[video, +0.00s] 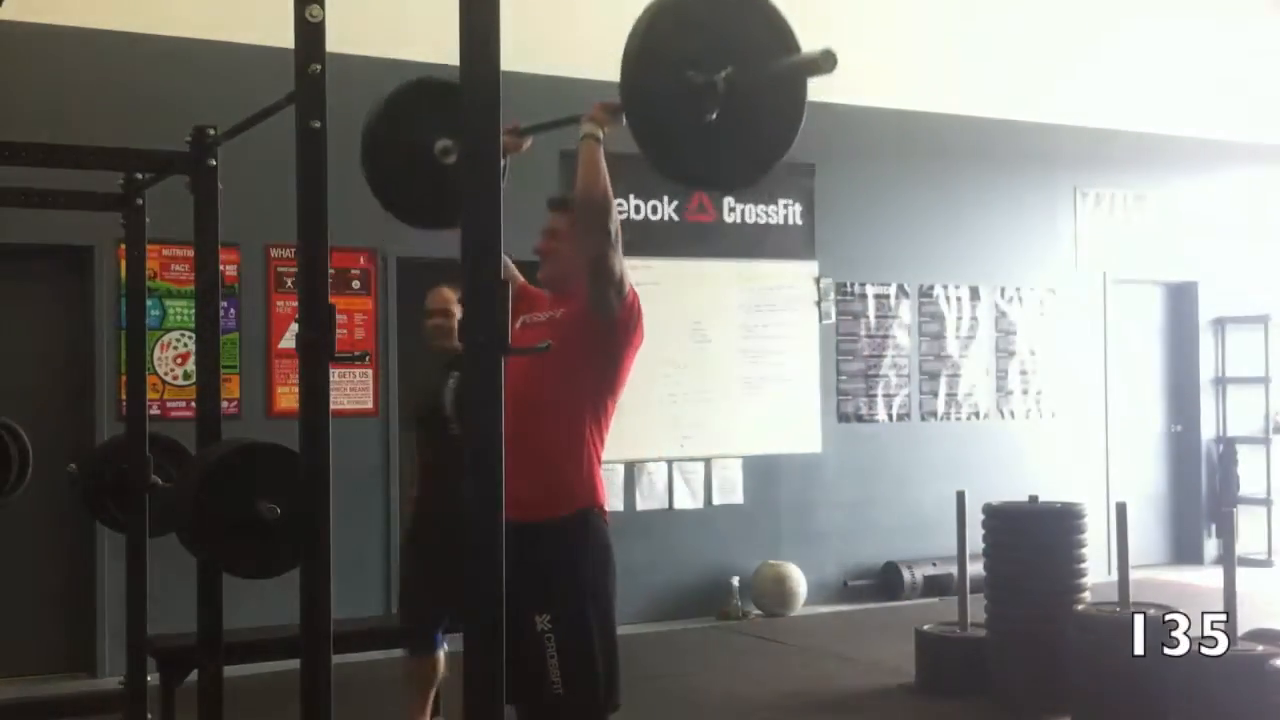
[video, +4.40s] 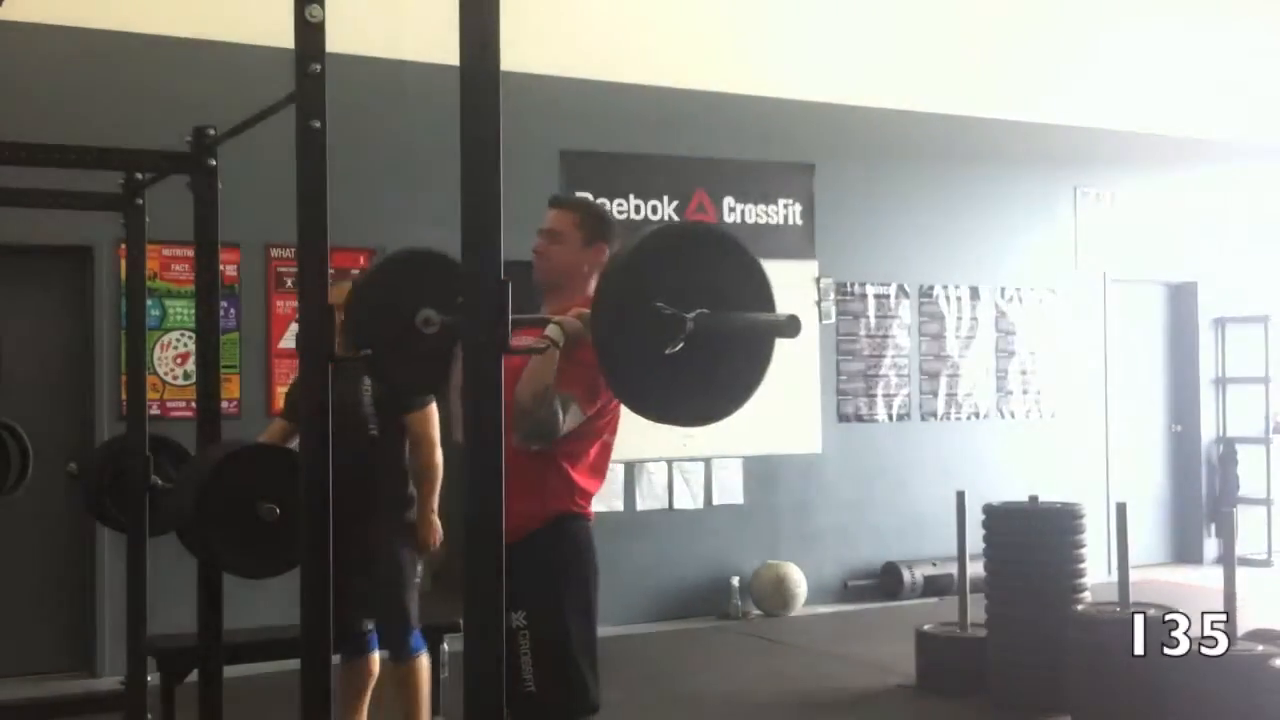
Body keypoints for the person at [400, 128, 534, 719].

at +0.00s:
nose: (440, 322)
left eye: (448, 313)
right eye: (433, 314)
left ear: (467, 319)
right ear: (422, 325)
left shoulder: (480, 368)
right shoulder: (422, 376)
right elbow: (421, 447)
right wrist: (416, 504)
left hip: (480, 509)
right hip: (431, 510)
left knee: (487, 626)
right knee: (421, 628)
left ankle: (484, 707)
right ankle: (423, 706)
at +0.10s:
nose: (418, 320)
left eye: (427, 311)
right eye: (411, 313)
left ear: (450, 315)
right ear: (404, 321)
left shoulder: (466, 368)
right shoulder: (412, 373)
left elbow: (473, 441)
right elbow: (413, 448)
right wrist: (407, 512)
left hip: (458, 512)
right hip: (416, 513)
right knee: (416, 624)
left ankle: (419, 710)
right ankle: (422, 711)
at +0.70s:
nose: (355, 326)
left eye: (363, 316)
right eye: (350, 318)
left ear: (391, 315)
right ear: (348, 322)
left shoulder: (419, 370)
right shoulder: (373, 377)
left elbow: (447, 439)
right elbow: (369, 450)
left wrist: (406, 482)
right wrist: (349, 503)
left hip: (409, 517)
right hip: (373, 517)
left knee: (400, 637)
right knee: (381, 636)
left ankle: (404, 715)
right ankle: (409, 712)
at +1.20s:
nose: (334, 326)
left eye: (339, 316)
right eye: (331, 317)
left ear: (367, 312)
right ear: (355, 315)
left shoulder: (391, 364)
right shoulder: (365, 367)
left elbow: (401, 430)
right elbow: (370, 431)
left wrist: (336, 454)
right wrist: (332, 455)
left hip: (387, 515)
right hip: (361, 513)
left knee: (388, 642)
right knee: (362, 641)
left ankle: (394, 718)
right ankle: (368, 716)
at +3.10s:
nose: (287, 335)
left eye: (293, 324)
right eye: (283, 325)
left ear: (317, 321)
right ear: (287, 328)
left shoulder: (352, 366)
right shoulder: (314, 372)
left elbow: (372, 434)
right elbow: (304, 430)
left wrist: (311, 482)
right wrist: (260, 458)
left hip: (370, 516)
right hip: (341, 515)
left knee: (374, 650)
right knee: (361, 648)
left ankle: (385, 718)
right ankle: (369, 716)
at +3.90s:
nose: (320, 330)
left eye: (327, 319)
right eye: (317, 320)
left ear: (351, 316)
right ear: (320, 321)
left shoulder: (384, 375)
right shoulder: (330, 373)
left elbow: (390, 450)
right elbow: (307, 425)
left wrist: (359, 503)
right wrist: (261, 456)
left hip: (375, 527)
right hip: (331, 525)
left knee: (378, 648)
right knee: (339, 648)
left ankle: (388, 719)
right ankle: (347, 719)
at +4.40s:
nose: (334, 320)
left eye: (343, 309)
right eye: (329, 311)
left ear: (369, 312)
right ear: (320, 314)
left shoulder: (397, 368)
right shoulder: (317, 375)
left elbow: (427, 443)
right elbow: (279, 433)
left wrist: (428, 511)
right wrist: (241, 477)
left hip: (391, 520)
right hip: (336, 520)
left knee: (404, 640)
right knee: (353, 643)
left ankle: (418, 716)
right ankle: (350, 717)